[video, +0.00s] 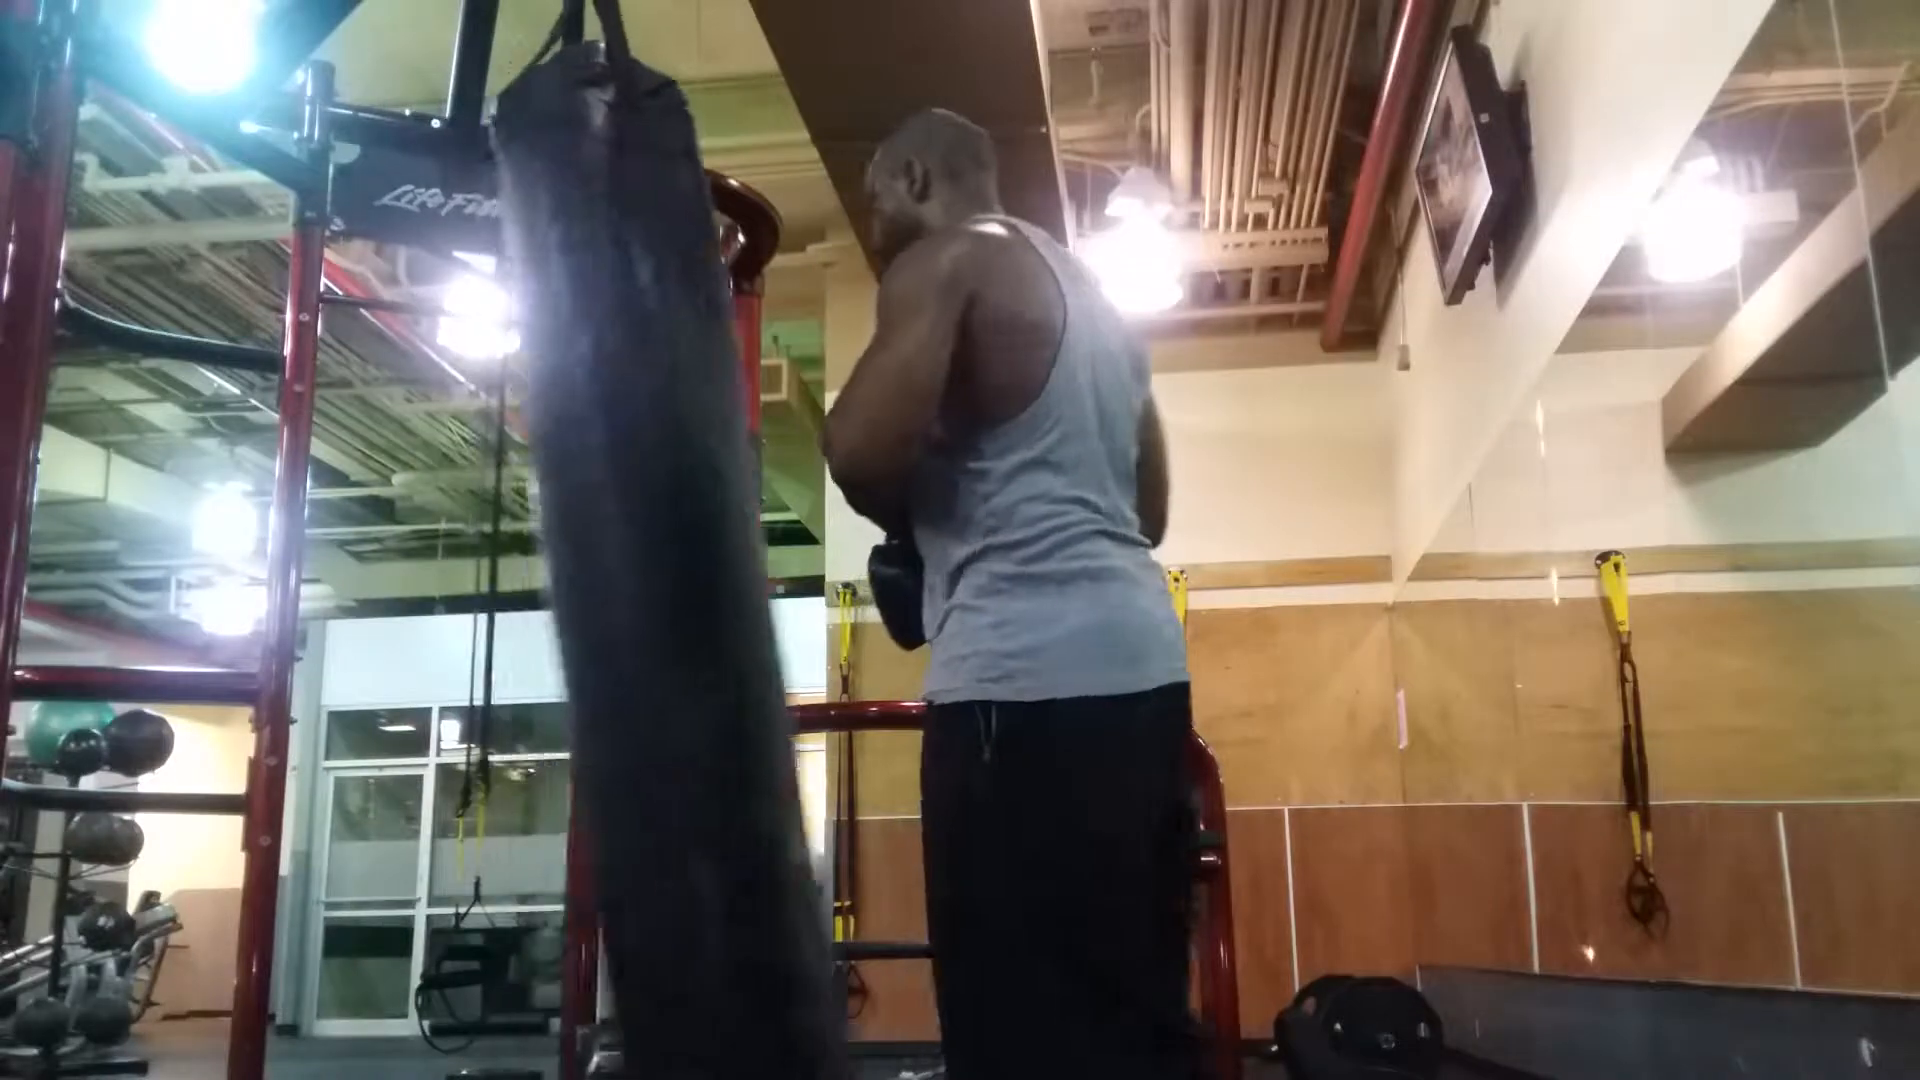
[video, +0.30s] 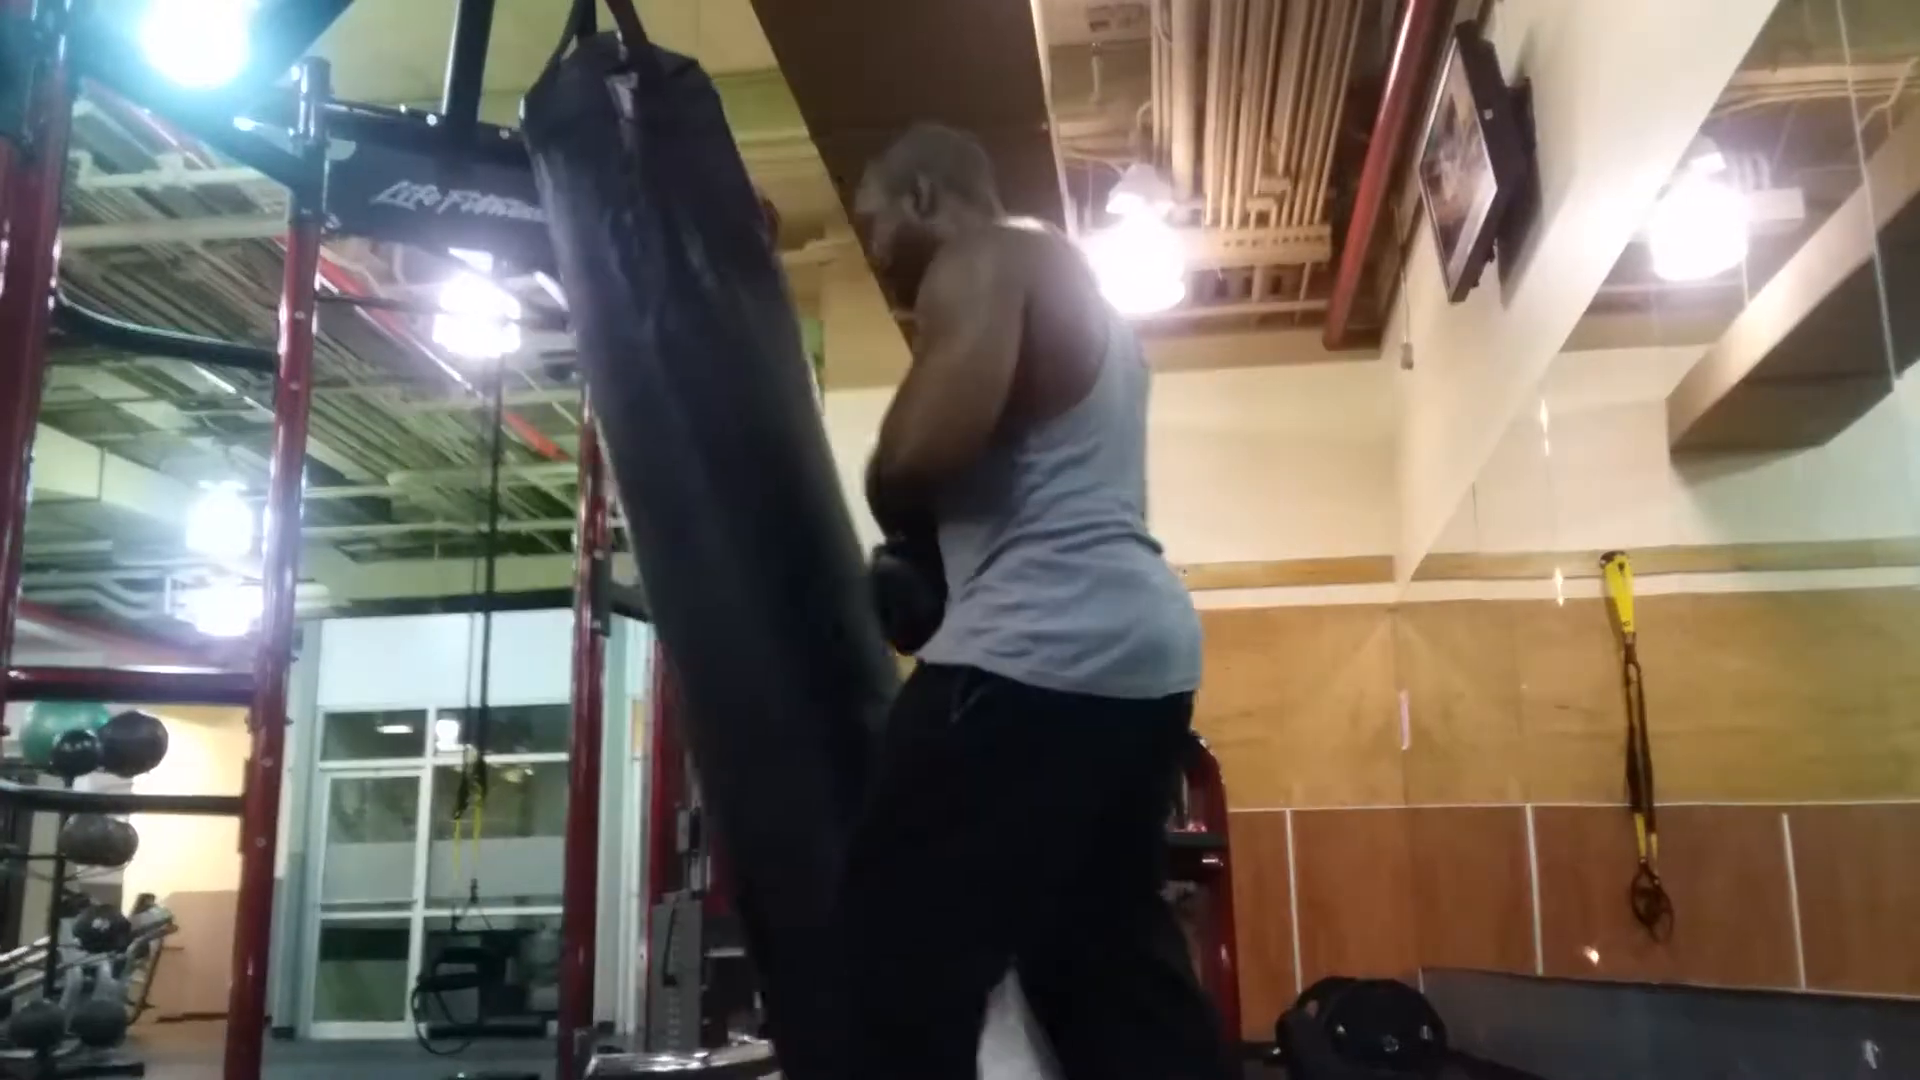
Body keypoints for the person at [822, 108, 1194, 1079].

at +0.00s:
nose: (873, 231)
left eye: (874, 205)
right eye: (870, 209)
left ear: (909, 179)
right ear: (982, 182)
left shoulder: (944, 259)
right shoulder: (1091, 295)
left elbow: (863, 452)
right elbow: (1144, 515)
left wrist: (920, 527)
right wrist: (951, 551)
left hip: (1021, 689)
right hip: (1139, 681)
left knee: (1010, 1023)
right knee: (1133, 1010)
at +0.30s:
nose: (873, 260)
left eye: (871, 230)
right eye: (865, 236)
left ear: (920, 199)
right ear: (970, 196)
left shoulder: (984, 256)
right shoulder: (1078, 282)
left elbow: (915, 453)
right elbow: (1065, 497)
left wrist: (902, 525)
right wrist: (943, 571)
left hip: (1033, 655)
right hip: (1137, 653)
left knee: (896, 970)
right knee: (1101, 963)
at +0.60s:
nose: (754, 251)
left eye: (751, 219)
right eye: (743, 228)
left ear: (801, 191)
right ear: (840, 190)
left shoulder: (905, 263)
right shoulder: (942, 260)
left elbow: (876, 463)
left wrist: (801, 480)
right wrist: (818, 457)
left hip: (960, 676)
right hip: (1021, 672)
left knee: (848, 1000)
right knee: (1066, 981)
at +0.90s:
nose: (625, 212)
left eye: (618, 188)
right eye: (619, 196)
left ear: (644, 151)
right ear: (718, 131)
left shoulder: (714, 201)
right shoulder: (874, 240)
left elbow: (654, 436)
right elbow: (952, 458)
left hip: (842, 631)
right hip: (965, 622)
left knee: (737, 974)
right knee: (928, 945)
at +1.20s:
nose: (658, 203)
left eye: (655, 190)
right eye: (659, 192)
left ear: (675, 164)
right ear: (768, 158)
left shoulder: (666, 212)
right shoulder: (910, 259)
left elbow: (595, 435)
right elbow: (998, 471)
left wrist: (678, 507)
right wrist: (872, 520)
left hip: (792, 635)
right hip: (955, 636)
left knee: (713, 989)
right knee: (920, 967)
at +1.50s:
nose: (764, 292)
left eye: (769, 276)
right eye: (767, 281)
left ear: (797, 260)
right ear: (886, 268)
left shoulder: (787, 297)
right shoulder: (996, 364)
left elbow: (678, 485)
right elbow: (1067, 573)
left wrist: (683, 595)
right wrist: (951, 606)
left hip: (846, 681)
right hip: (998, 701)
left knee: (749, 975)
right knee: (963, 957)